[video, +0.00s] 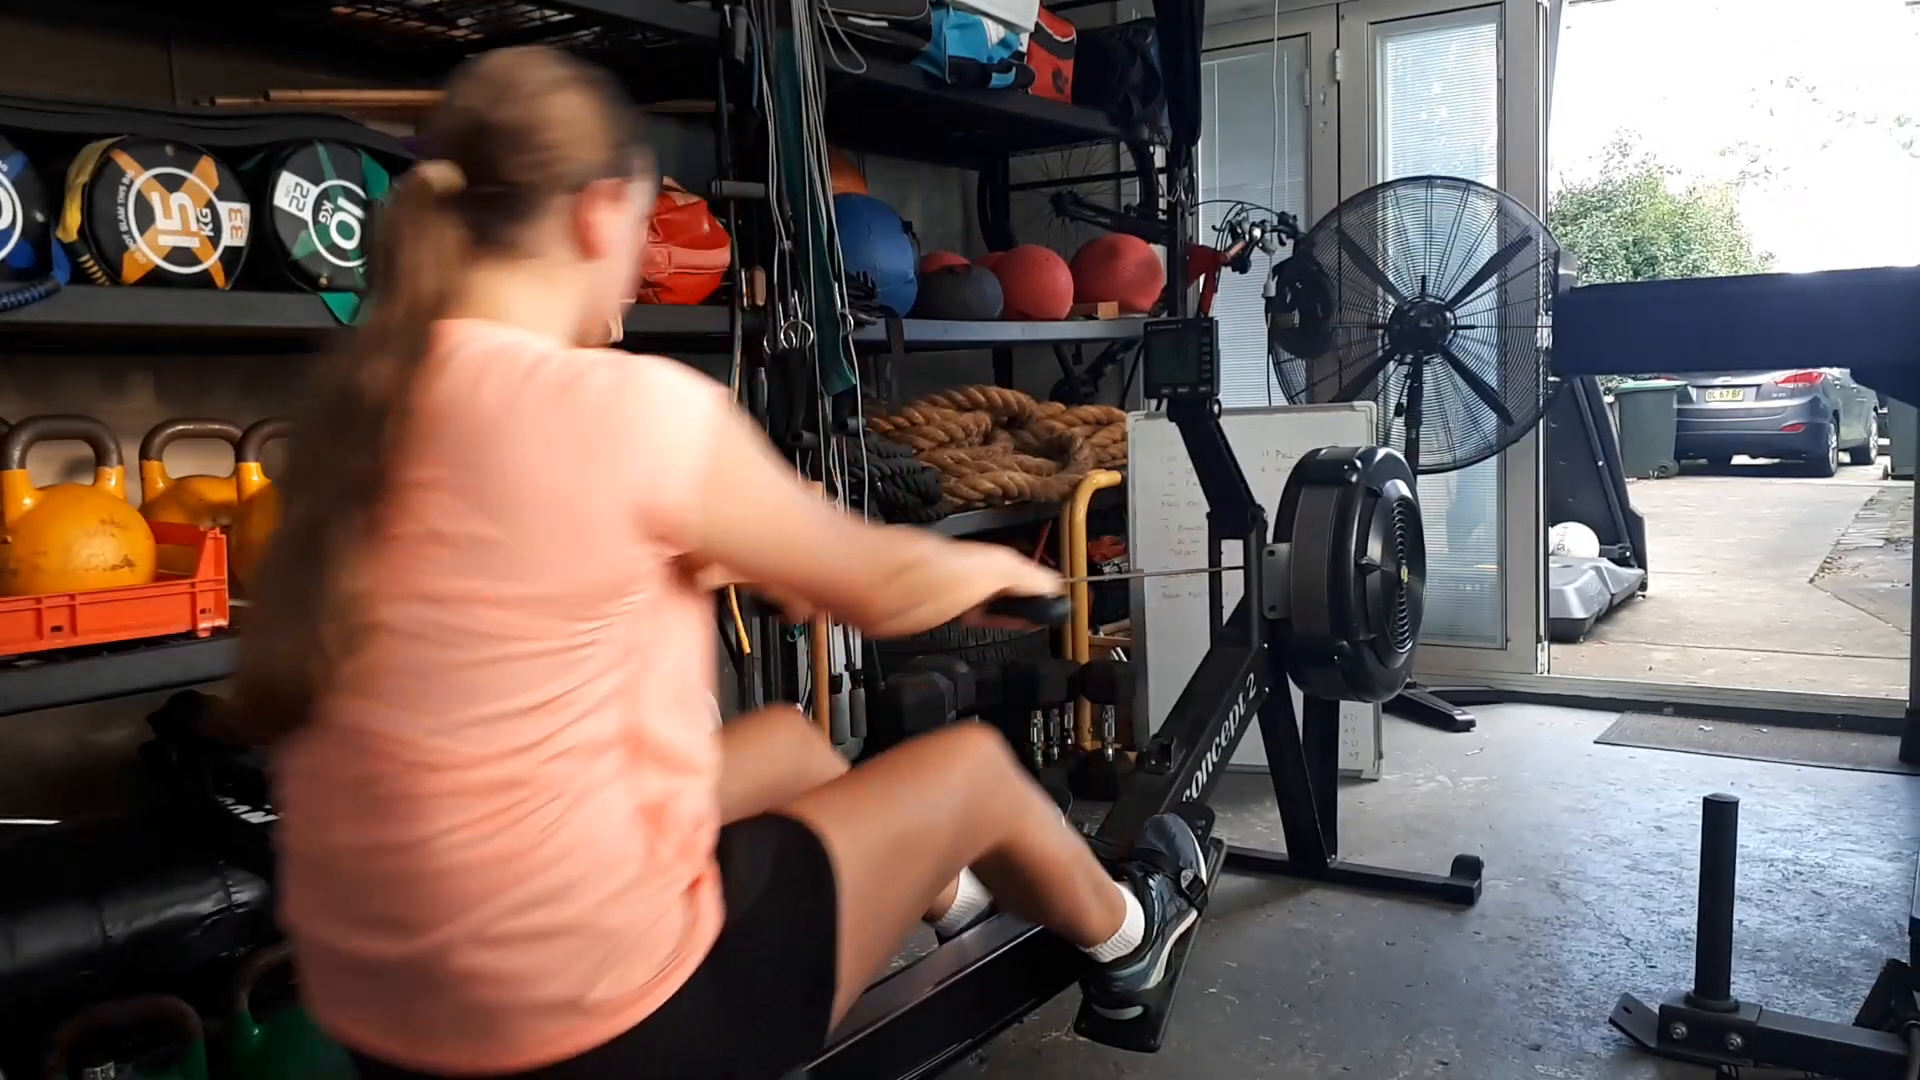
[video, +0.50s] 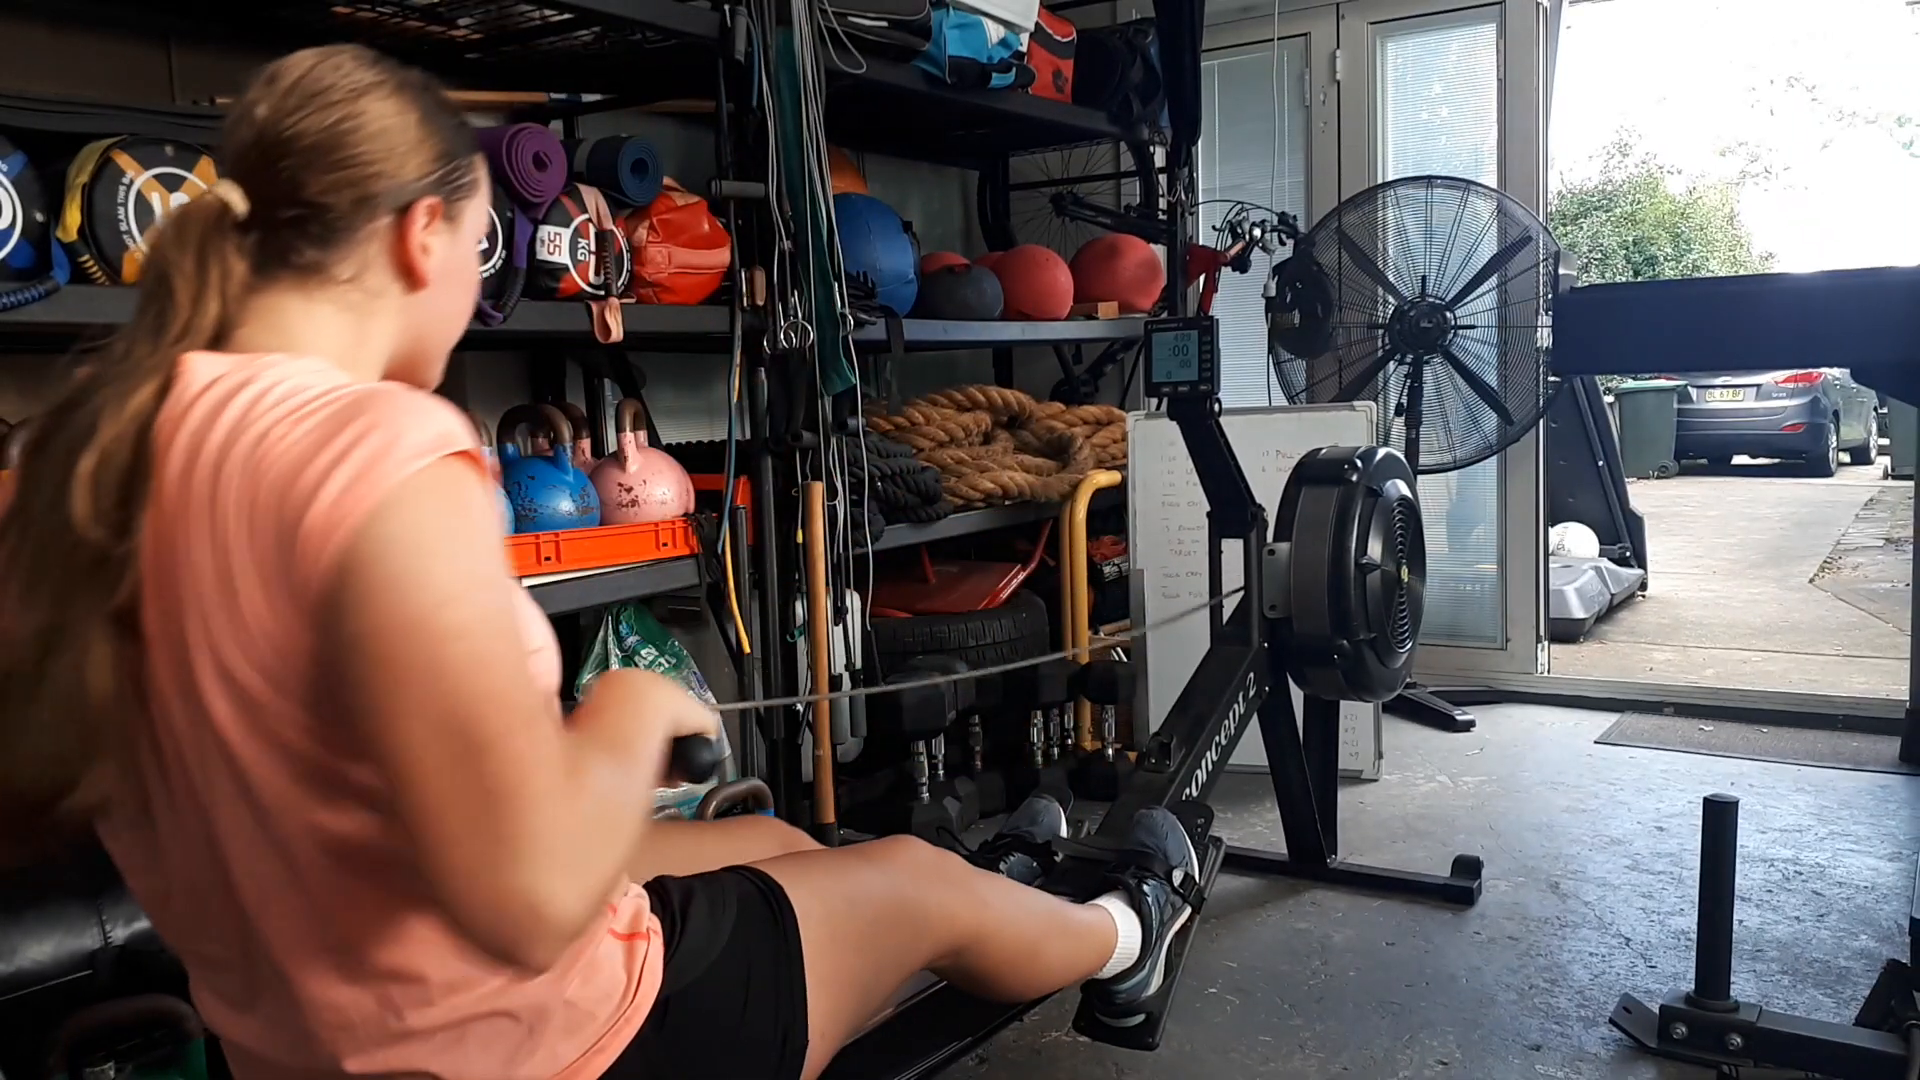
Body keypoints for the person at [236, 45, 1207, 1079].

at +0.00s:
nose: (647, 260)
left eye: (649, 228)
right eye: (646, 225)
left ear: (453, 212)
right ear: (597, 217)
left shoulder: (359, 400)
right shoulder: (640, 414)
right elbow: (879, 591)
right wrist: (987, 567)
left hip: (369, 1005)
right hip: (599, 1022)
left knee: (790, 736)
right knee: (973, 760)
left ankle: (941, 896)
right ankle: (1126, 943)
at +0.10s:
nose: (562, 269)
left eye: (564, 234)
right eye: (560, 232)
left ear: (357, 218)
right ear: (507, 232)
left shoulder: (246, 416)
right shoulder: (525, 434)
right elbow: (811, 644)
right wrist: (922, 591)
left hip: (323, 1035)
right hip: (568, 1035)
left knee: (787, 787)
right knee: (943, 817)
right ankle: (1116, 926)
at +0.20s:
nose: (494, 306)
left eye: (501, 271)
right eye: (497, 266)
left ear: (271, 243)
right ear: (432, 250)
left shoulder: (147, 439)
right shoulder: (424, 457)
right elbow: (750, 737)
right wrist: (850, 628)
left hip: (305, 1035)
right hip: (537, 1034)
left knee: (769, 831)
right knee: (929, 864)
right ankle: (1119, 933)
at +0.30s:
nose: (451, 317)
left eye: (457, 278)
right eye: (454, 277)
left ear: (224, 253)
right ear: (388, 264)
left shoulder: (88, 458)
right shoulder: (371, 495)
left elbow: (96, 788)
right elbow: (666, 839)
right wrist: (744, 680)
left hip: (291, 1035)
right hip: (527, 1041)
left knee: (761, 853)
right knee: (921, 889)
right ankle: (1118, 937)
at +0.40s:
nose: (457, 303)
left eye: (461, 263)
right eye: (458, 261)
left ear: (228, 245)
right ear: (395, 254)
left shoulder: (99, 446)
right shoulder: (356, 488)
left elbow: (108, 801)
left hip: (290, 1034)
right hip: (517, 1046)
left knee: (748, 852)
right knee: (915, 883)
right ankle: (1115, 945)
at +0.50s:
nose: (481, 289)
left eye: (486, 251)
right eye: (483, 247)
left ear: (248, 233)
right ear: (418, 239)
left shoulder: (101, 433)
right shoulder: (387, 464)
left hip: (286, 1034)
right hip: (517, 1044)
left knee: (760, 841)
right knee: (918, 880)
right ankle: (1114, 945)